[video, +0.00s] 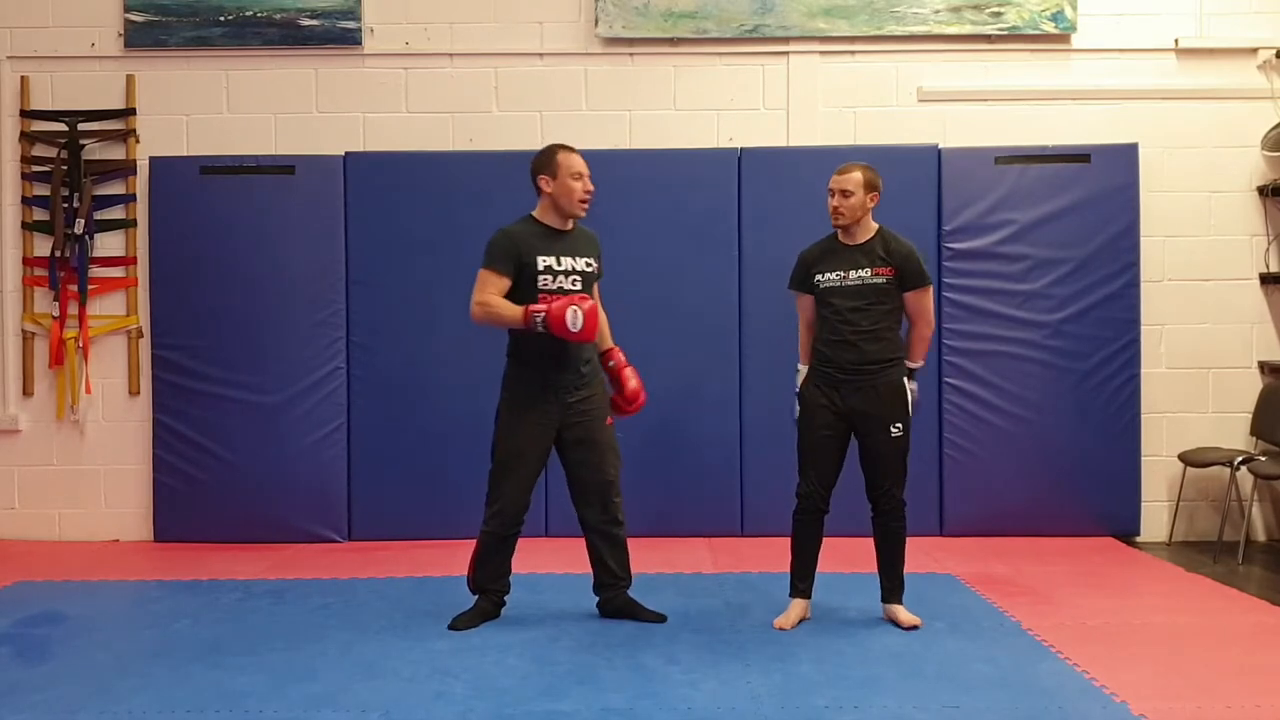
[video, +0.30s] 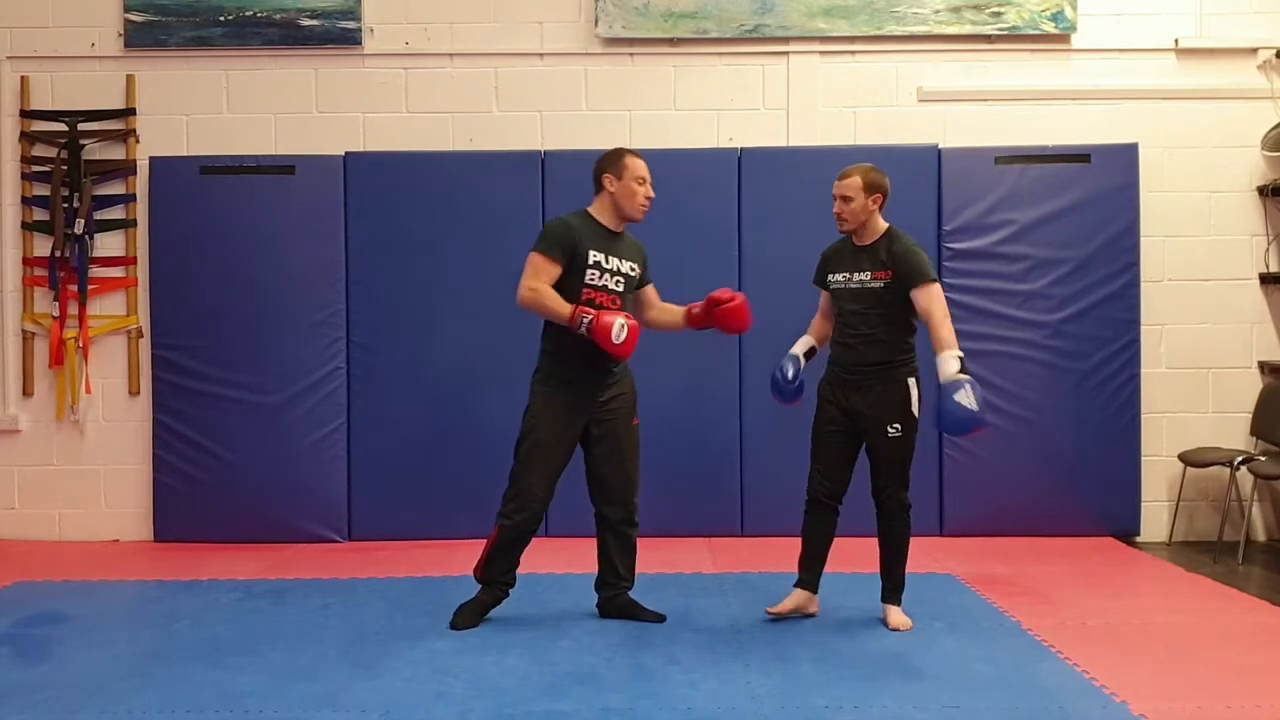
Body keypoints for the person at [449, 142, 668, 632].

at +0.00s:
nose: (588, 186)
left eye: (587, 178)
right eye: (577, 178)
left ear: (579, 185)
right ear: (546, 184)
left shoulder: (587, 242)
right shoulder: (512, 241)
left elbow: (592, 307)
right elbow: (482, 307)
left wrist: (616, 365)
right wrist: (542, 315)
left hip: (585, 390)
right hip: (529, 393)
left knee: (602, 493)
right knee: (507, 498)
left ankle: (614, 594)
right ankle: (489, 597)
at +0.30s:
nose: (649, 192)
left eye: (650, 184)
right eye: (640, 183)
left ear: (627, 189)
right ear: (609, 185)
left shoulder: (633, 250)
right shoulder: (565, 231)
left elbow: (651, 312)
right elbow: (530, 291)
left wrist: (701, 314)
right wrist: (586, 318)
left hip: (614, 388)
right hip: (560, 386)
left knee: (619, 496)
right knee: (529, 494)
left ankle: (615, 594)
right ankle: (491, 590)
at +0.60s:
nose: (671, 191)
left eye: (674, 183)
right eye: (662, 180)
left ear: (671, 189)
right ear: (632, 181)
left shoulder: (663, 251)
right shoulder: (589, 227)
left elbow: (674, 315)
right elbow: (547, 286)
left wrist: (719, 314)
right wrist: (595, 319)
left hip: (633, 380)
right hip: (582, 375)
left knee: (631, 489)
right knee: (579, 485)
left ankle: (616, 593)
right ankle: (567, 598)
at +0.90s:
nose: (637, 190)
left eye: (645, 180)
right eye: (627, 180)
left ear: (656, 186)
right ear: (608, 186)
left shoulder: (662, 247)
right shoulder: (585, 241)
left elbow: (658, 304)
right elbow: (552, 305)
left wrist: (679, 329)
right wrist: (603, 339)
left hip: (656, 387)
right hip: (602, 389)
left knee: (693, 482)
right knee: (601, 499)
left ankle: (644, 569)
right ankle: (601, 606)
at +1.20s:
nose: (667, 188)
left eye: (670, 180)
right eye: (657, 179)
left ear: (672, 184)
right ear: (627, 182)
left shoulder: (682, 241)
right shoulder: (597, 242)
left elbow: (704, 301)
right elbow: (567, 310)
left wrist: (738, 317)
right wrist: (613, 333)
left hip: (680, 390)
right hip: (622, 393)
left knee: (706, 492)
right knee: (608, 501)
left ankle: (691, 595)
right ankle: (602, 607)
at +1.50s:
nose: (731, 193)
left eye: (732, 184)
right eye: (723, 182)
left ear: (704, 186)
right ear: (692, 183)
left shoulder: (708, 246)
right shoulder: (663, 237)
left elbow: (704, 312)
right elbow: (663, 302)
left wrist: (745, 328)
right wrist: (725, 321)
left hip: (712, 386)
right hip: (670, 384)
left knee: (719, 493)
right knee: (660, 492)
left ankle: (693, 595)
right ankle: (620, 599)